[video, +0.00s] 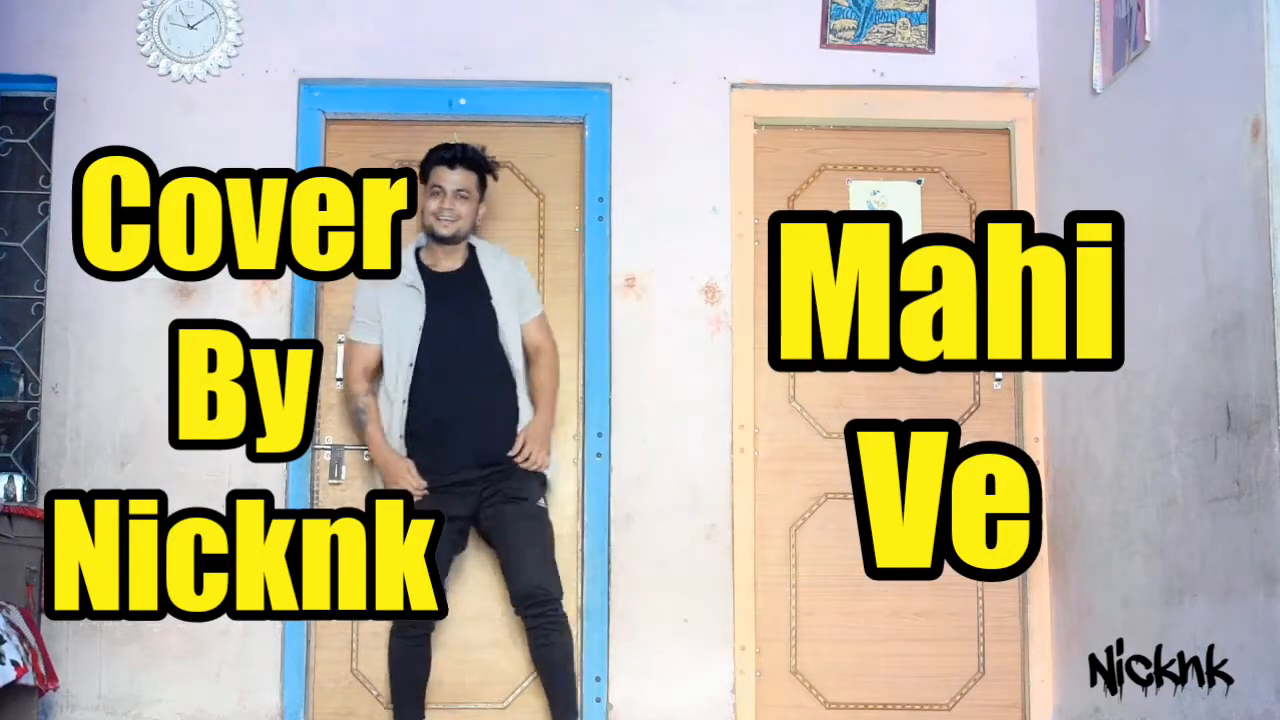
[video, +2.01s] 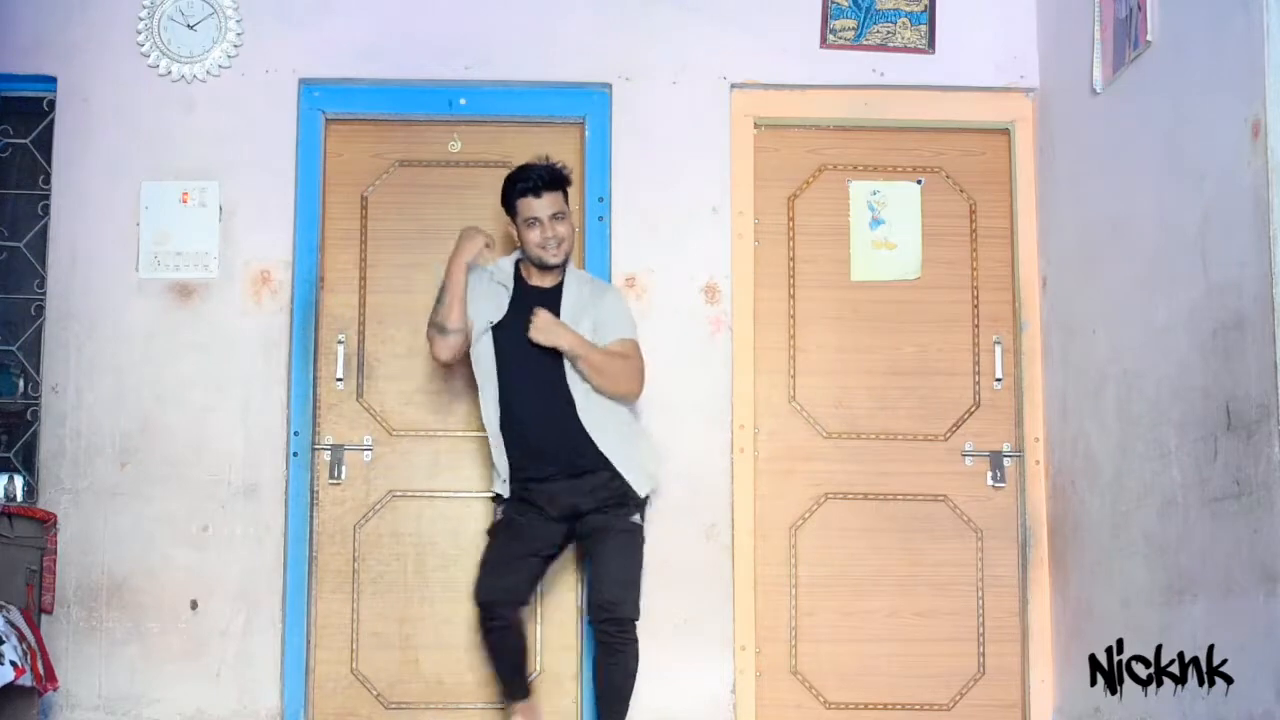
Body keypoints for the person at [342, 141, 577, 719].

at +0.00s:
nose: (447, 203)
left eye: (461, 194)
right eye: (436, 192)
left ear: (480, 205)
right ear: (420, 200)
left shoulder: (507, 270)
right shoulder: (385, 280)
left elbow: (541, 348)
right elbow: (359, 380)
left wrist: (543, 422)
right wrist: (384, 456)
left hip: (507, 473)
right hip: (424, 482)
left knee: (542, 602)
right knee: (412, 616)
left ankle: (567, 717)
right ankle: (408, 718)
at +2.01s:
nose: (549, 233)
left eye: (558, 218)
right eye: (534, 223)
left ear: (572, 219)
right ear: (514, 228)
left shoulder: (600, 297)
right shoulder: (486, 287)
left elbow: (630, 382)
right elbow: (444, 348)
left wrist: (569, 340)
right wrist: (459, 262)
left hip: (609, 488)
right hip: (530, 494)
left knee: (615, 620)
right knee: (495, 600)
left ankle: (613, 718)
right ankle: (520, 703)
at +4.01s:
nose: (524, 229)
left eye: (534, 216)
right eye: (510, 215)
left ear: (545, 215)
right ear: (482, 211)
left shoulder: (558, 284)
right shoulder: (443, 281)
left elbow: (634, 322)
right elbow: (427, 364)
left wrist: (663, 336)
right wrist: (505, 357)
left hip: (589, 481)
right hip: (515, 491)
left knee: (597, 618)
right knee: (550, 607)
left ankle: (591, 716)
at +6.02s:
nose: (348, 266)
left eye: (360, 253)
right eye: (335, 252)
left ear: (375, 242)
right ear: (314, 239)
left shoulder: (400, 294)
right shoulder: (283, 284)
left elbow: (455, 365)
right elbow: (242, 317)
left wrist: (436, 432)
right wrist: (328, 291)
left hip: (393, 496)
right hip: (311, 503)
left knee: (470, 587)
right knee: (304, 632)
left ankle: (450, 715)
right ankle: (289, 718)